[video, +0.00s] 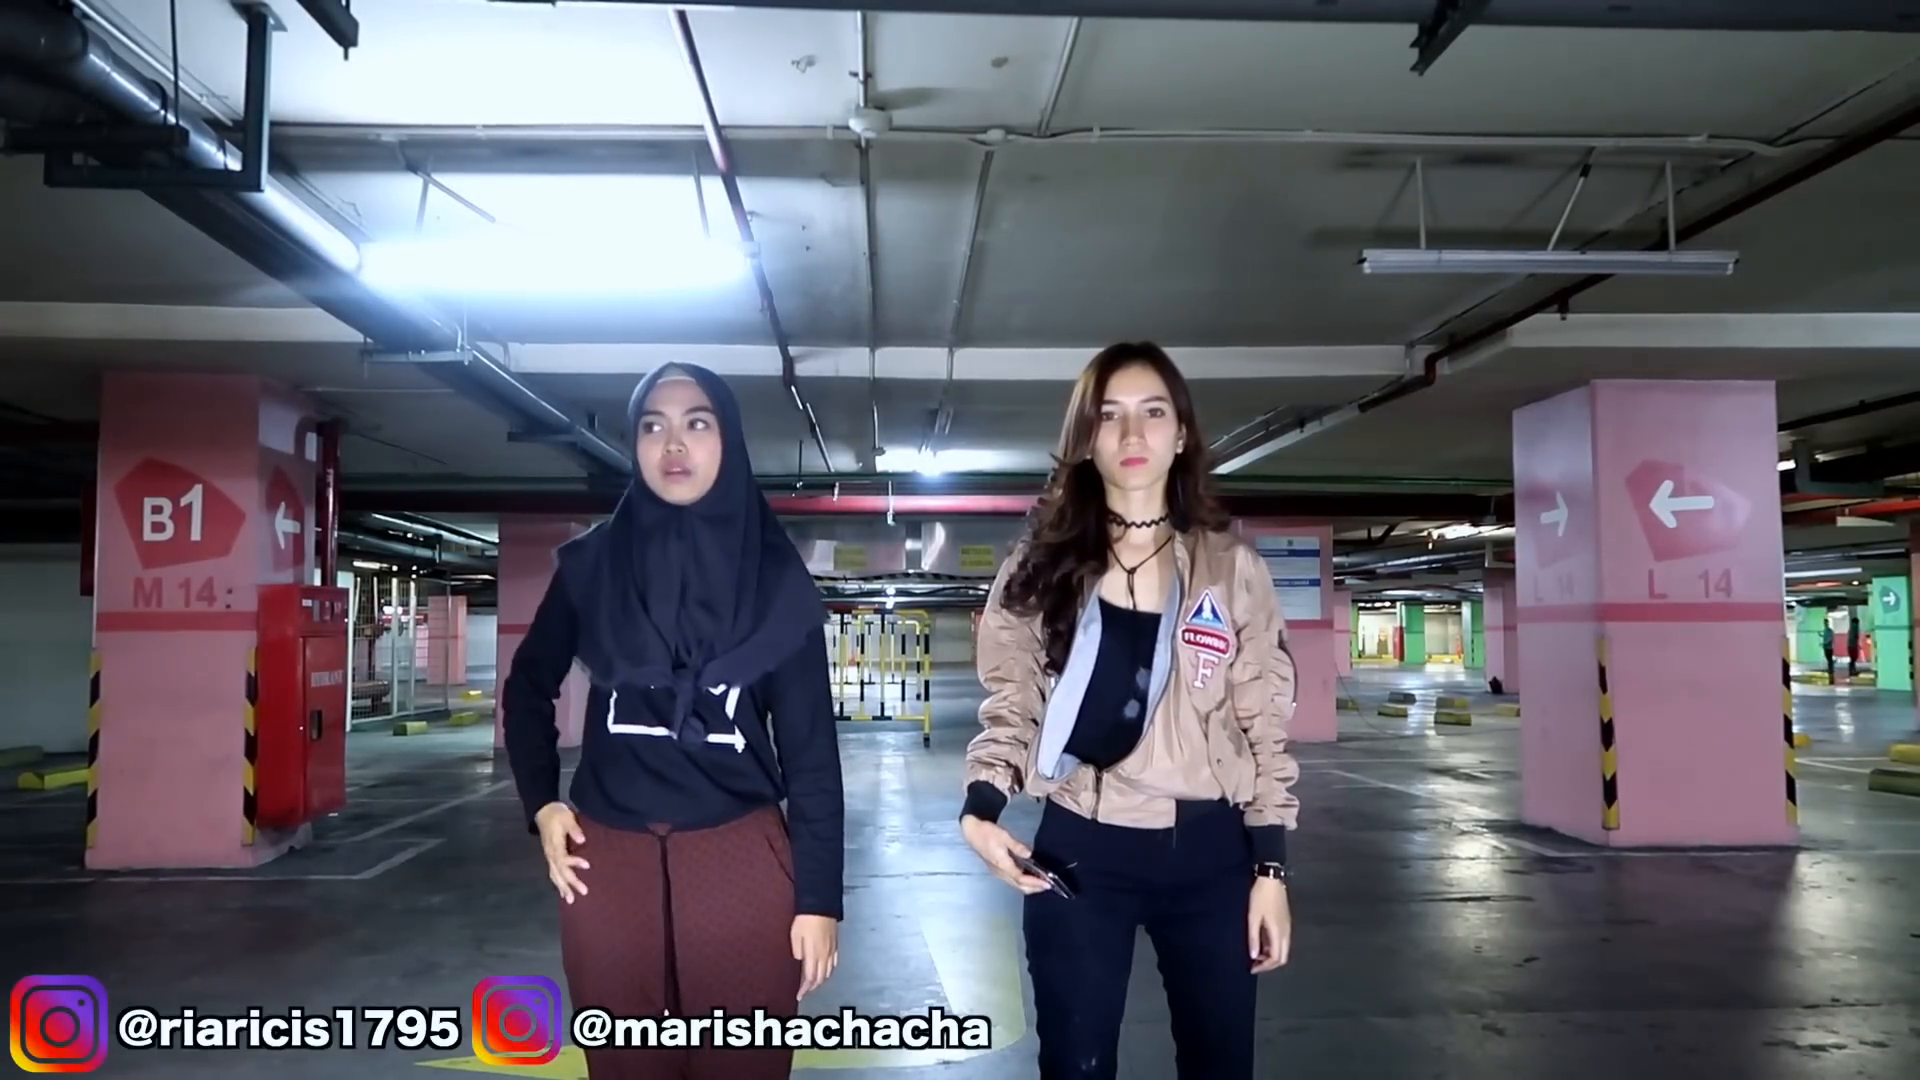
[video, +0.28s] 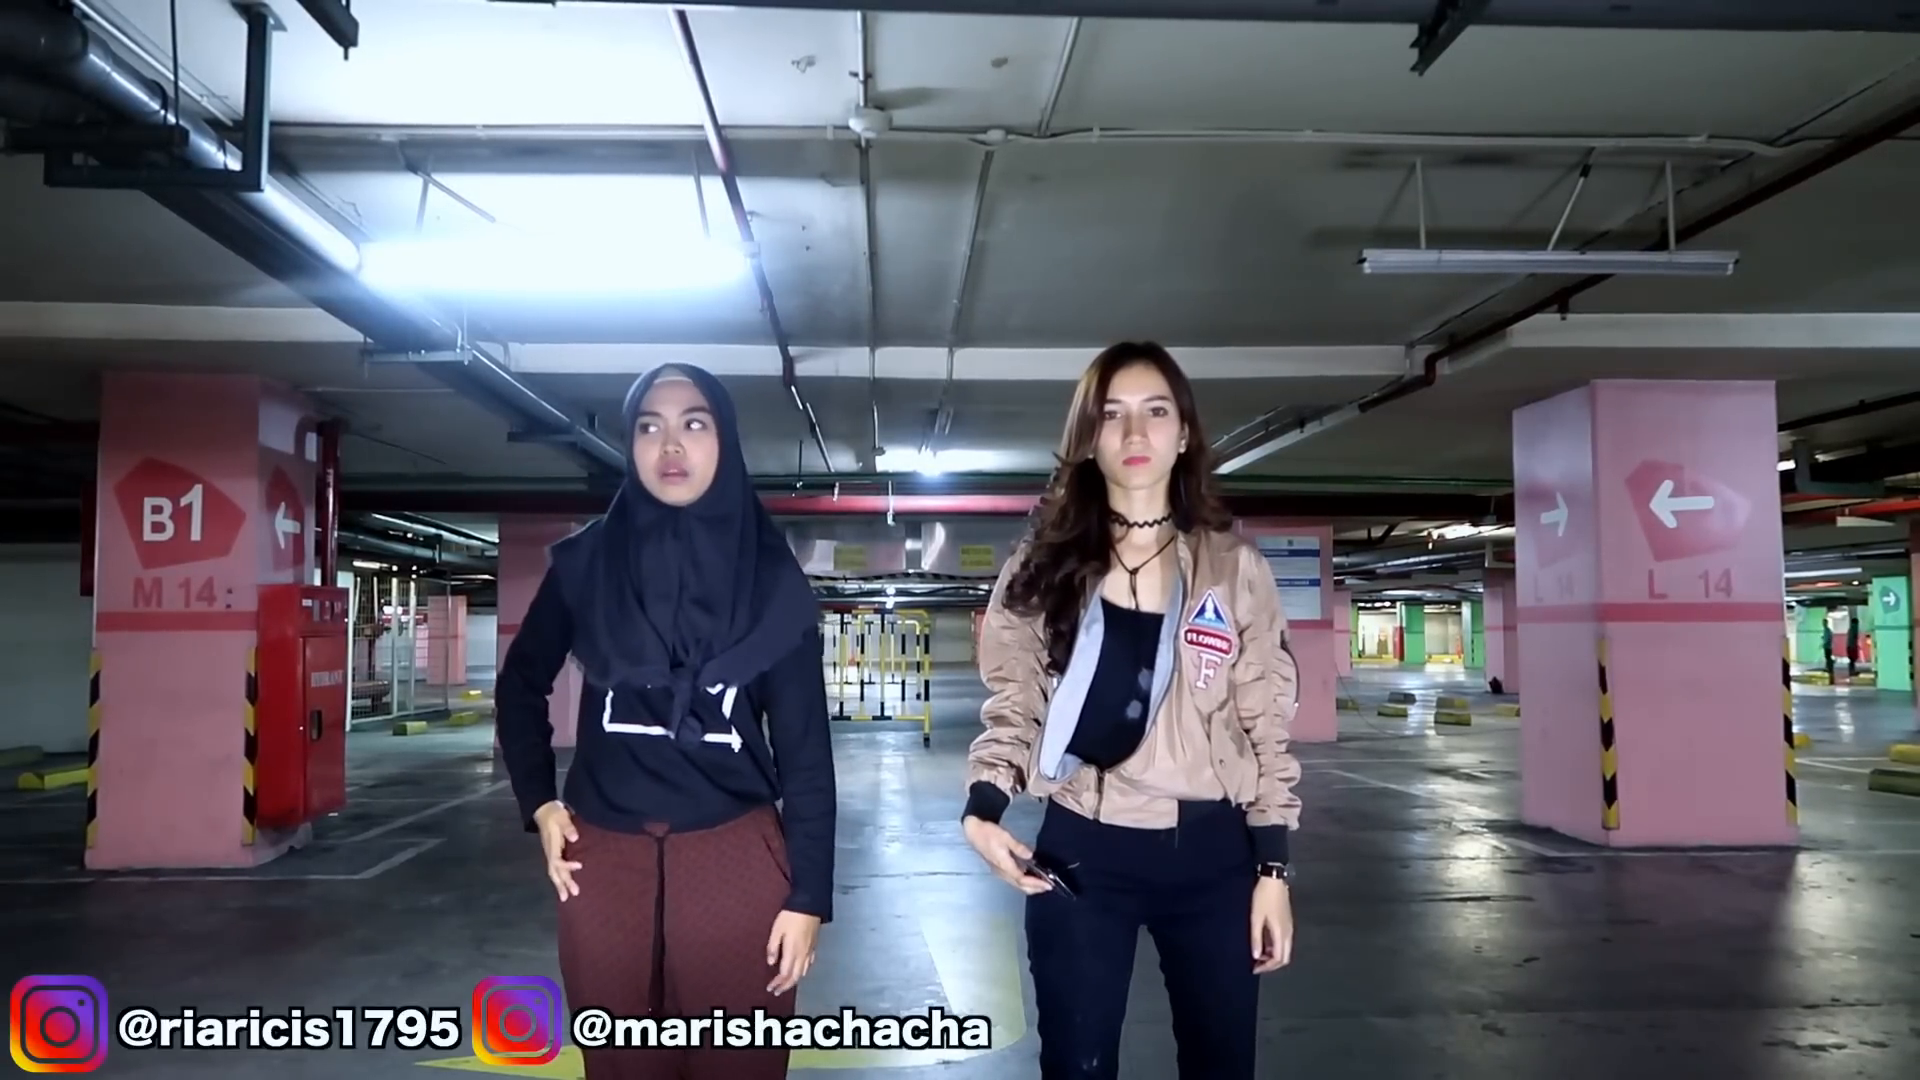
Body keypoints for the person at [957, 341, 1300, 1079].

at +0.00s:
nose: (1132, 432)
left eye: (1153, 412)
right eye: (1111, 415)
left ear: (1182, 431)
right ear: (1087, 438)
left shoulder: (1233, 565)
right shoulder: (1038, 564)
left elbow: (1263, 721)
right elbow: (1009, 703)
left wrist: (1270, 865)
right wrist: (978, 809)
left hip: (1207, 853)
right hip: (1078, 852)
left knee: (1221, 1067)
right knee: (1076, 1069)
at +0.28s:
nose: (1135, 431)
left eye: (1155, 411)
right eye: (1113, 414)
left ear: (1184, 431)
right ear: (1089, 438)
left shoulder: (1236, 565)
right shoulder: (1040, 564)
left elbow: (1265, 721)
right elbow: (1011, 705)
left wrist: (1272, 865)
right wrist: (980, 811)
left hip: (1209, 854)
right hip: (1080, 852)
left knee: (1222, 1066)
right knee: (1077, 1068)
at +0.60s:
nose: (1137, 428)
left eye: (1158, 408)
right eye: (1116, 412)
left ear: (1187, 431)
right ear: (1090, 436)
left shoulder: (1246, 566)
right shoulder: (1044, 563)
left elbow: (1292, 711)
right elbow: (1005, 689)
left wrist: (1281, 842)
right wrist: (992, 802)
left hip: (1221, 854)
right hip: (1089, 852)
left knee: (1230, 1066)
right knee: (1080, 1067)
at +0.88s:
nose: (1150, 489)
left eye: (1176, 465)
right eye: (1149, 470)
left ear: (1242, 485)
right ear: (1140, 485)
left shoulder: (1299, 645)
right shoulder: (1100, 598)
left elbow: (1376, 779)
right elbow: (1008, 689)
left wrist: (1307, 815)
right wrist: (992, 774)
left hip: (1233, 895)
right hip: (1105, 882)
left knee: (1270, 1070)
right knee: (1053, 1052)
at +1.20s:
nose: (1235, 454)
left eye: (1259, 438)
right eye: (1218, 436)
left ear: (1287, 464)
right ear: (1189, 458)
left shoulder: (1290, 627)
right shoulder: (1120, 559)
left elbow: (1284, 800)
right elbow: (1008, 612)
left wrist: (1257, 725)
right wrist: (934, 687)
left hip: (1180, 882)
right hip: (1060, 856)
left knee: (1180, 1069)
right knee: (965, 1060)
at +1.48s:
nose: (1095, 477)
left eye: (1120, 462)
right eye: (1078, 459)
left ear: (1152, 492)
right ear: (1047, 484)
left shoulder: (1213, 603)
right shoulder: (999, 619)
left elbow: (1327, 698)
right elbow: (940, 746)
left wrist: (1248, 720)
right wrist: (942, 798)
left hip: (1160, 891)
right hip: (1034, 886)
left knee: (1171, 1069)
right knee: (1001, 1067)